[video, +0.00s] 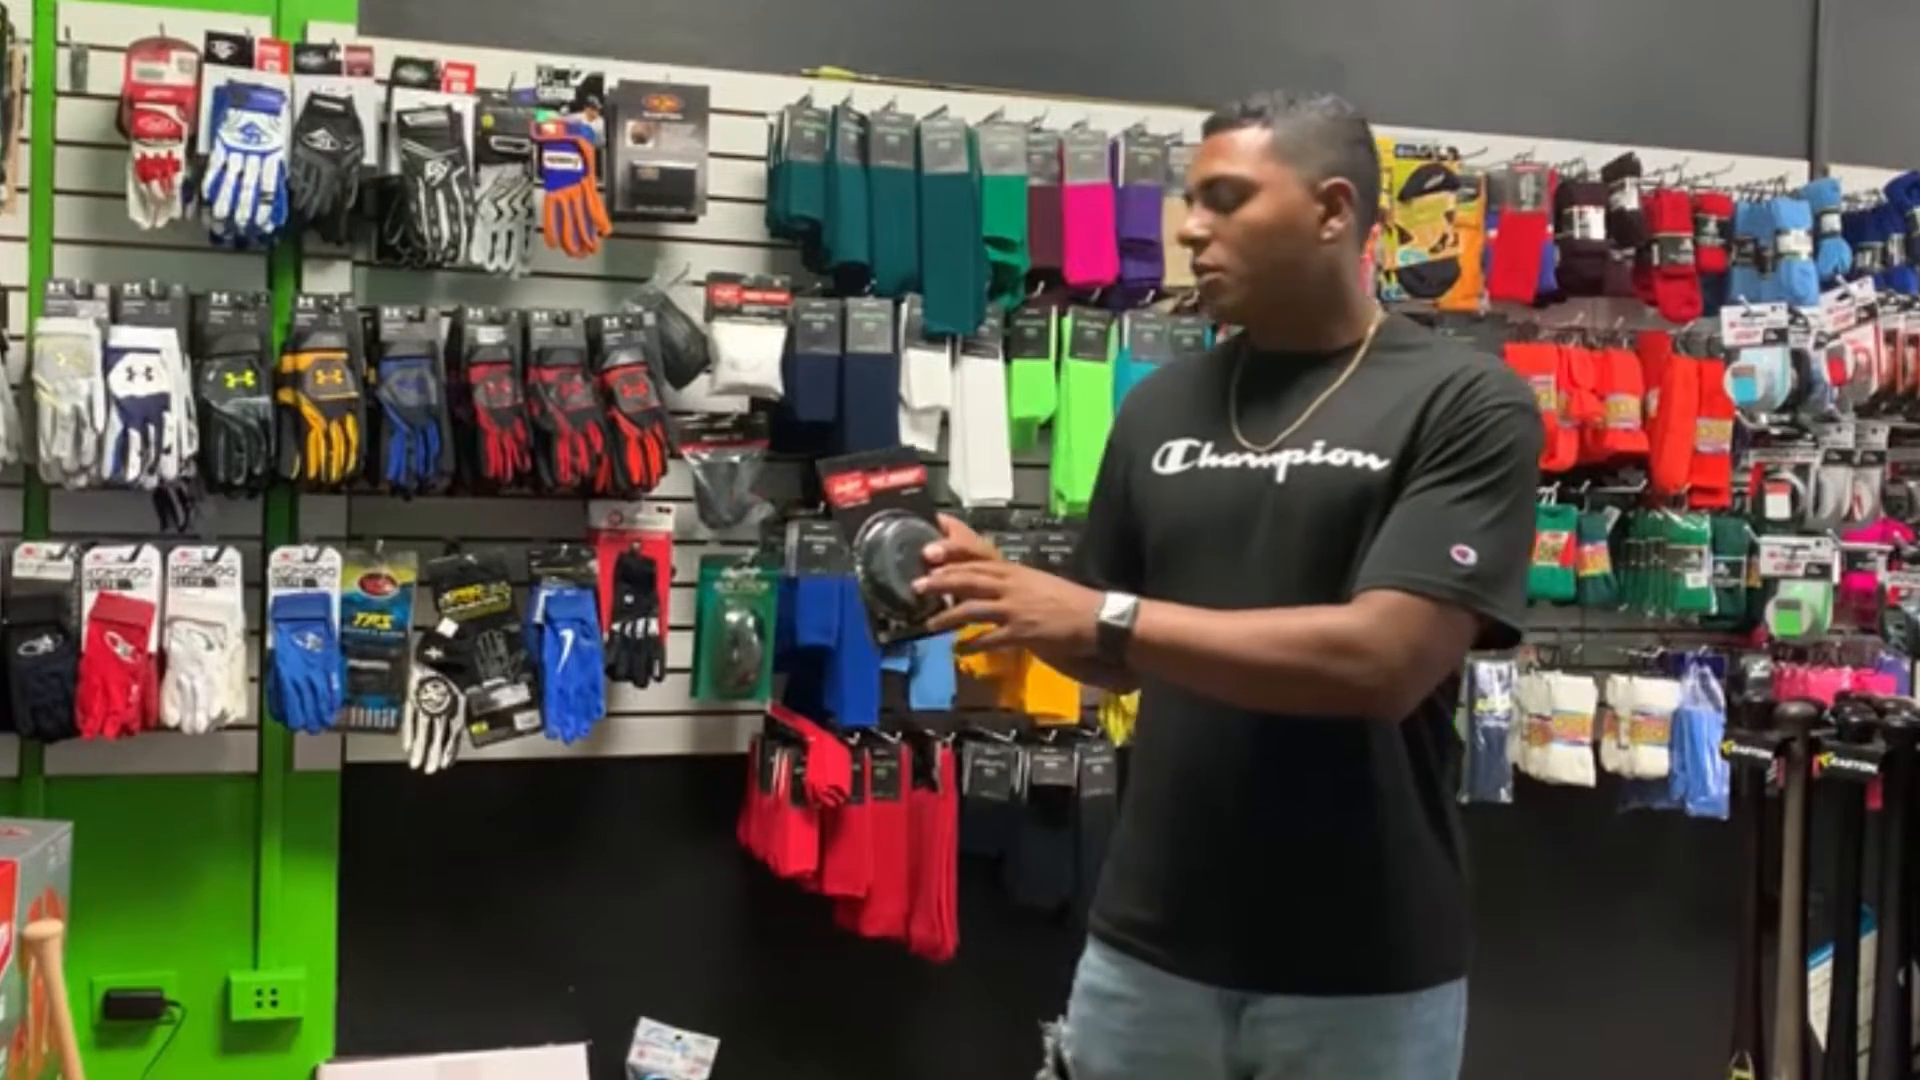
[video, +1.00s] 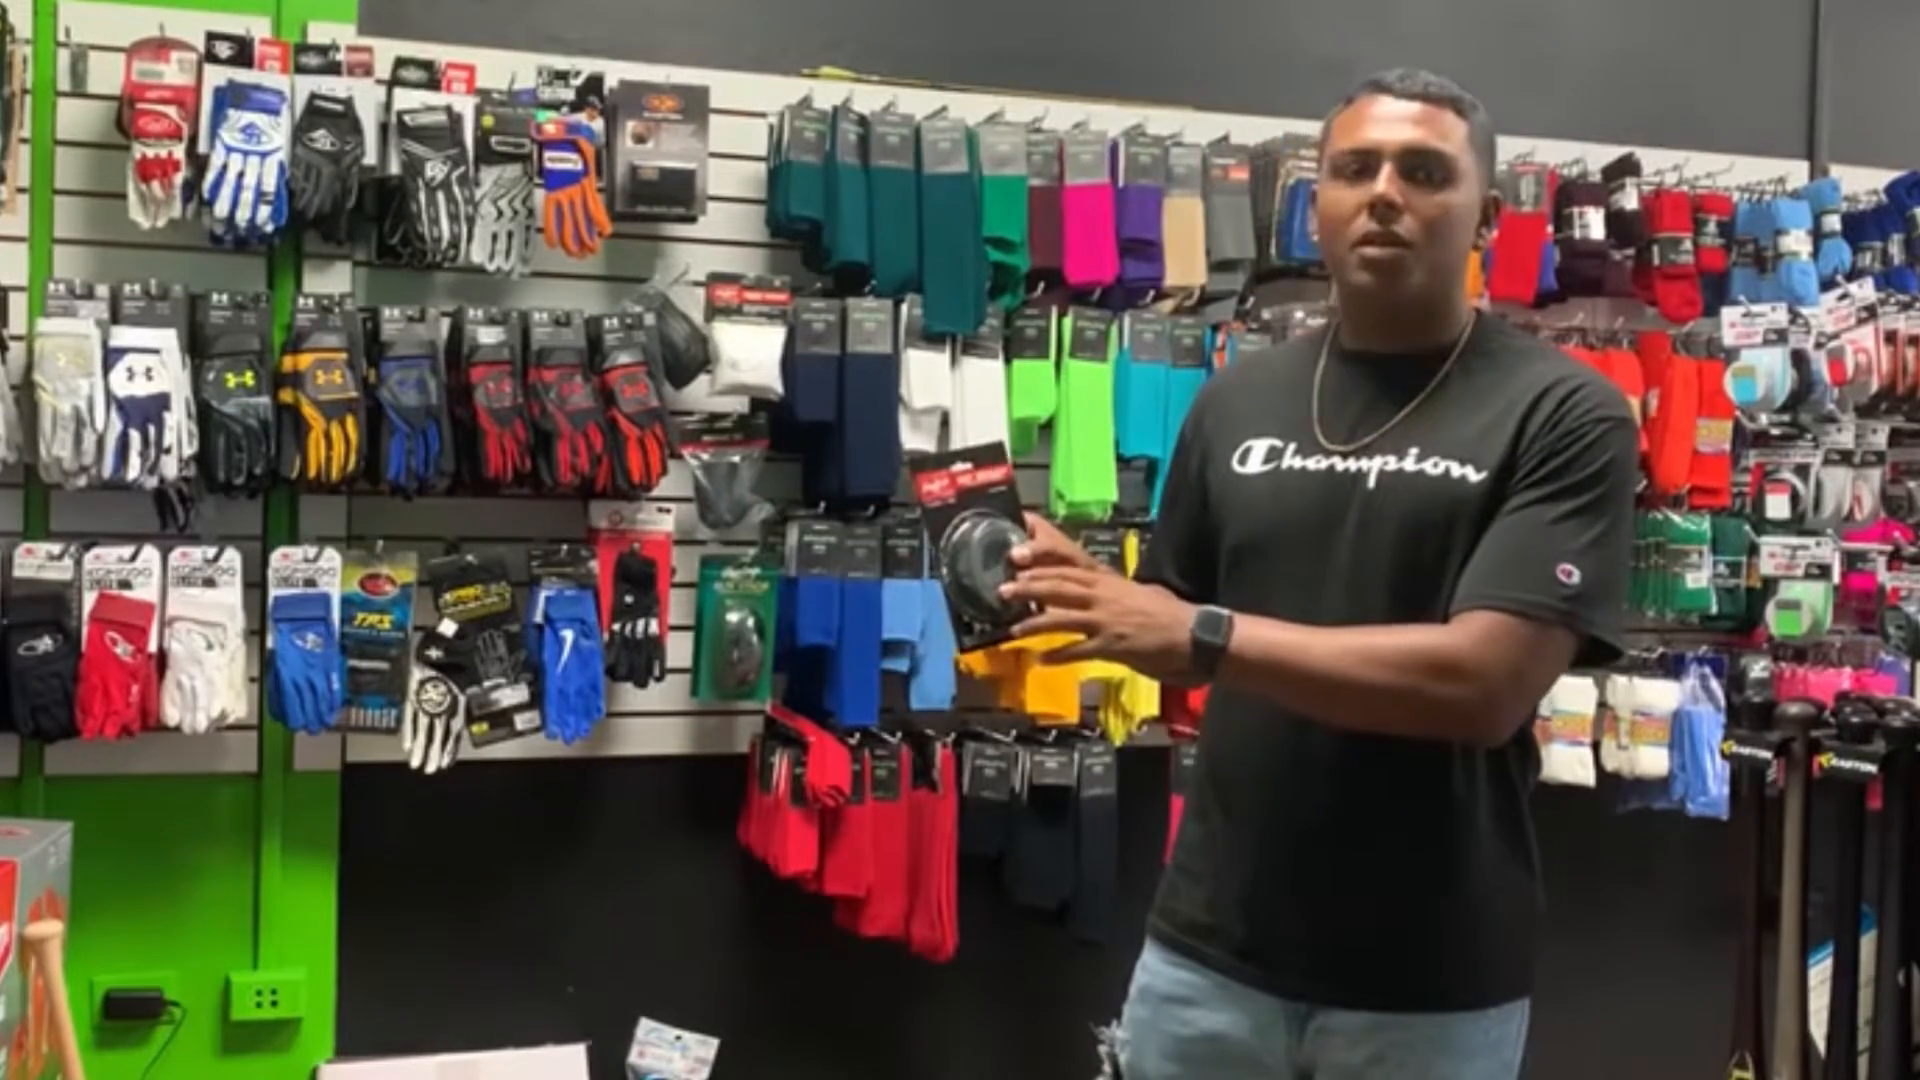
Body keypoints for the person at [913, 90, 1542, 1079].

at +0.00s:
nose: (1190, 230)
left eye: (1224, 197)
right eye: (1190, 202)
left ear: (1333, 213)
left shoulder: (1469, 401)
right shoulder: (1158, 406)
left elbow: (1382, 663)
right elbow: (1115, 659)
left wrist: (1098, 617)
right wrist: (995, 597)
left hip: (1363, 965)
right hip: (1148, 947)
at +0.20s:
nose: (1237, 231)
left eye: (1272, 198)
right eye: (1237, 202)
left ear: (1385, 214)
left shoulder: (1521, 407)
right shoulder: (1203, 404)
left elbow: (1431, 670)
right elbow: (1158, 652)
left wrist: (1142, 618)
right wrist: (1042, 595)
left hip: (1401, 974)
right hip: (1183, 950)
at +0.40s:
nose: (1267, 235)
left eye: (1304, 202)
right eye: (1265, 206)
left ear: (1417, 214)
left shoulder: (1554, 413)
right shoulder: (1231, 402)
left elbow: (1461, 676)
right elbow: (1183, 655)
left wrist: (1171, 620)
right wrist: (1067, 592)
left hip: (1422, 978)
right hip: (1203, 952)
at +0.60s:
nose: (1288, 239)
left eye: (1328, 207)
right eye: (1286, 210)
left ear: (1443, 218)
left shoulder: (1574, 418)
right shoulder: (1247, 401)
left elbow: (1478, 679)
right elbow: (1194, 660)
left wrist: (1190, 623)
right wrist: (1087, 593)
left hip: (1434, 979)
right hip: (1214, 952)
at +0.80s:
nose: (1341, 218)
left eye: (1385, 186)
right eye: (1322, 192)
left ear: (1477, 212)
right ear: (1302, 213)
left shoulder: (1571, 418)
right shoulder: (1245, 399)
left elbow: (1479, 687)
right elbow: (1193, 642)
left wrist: (1190, 626)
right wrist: (1082, 599)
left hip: (1436, 976)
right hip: (1219, 950)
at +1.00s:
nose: (1385, 195)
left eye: (1426, 172)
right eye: (1356, 169)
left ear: (1483, 217)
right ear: (1316, 205)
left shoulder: (1566, 415)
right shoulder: (1236, 399)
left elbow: (1486, 685)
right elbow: (1192, 647)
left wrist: (1196, 631)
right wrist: (1082, 600)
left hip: (1432, 980)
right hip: (1211, 955)